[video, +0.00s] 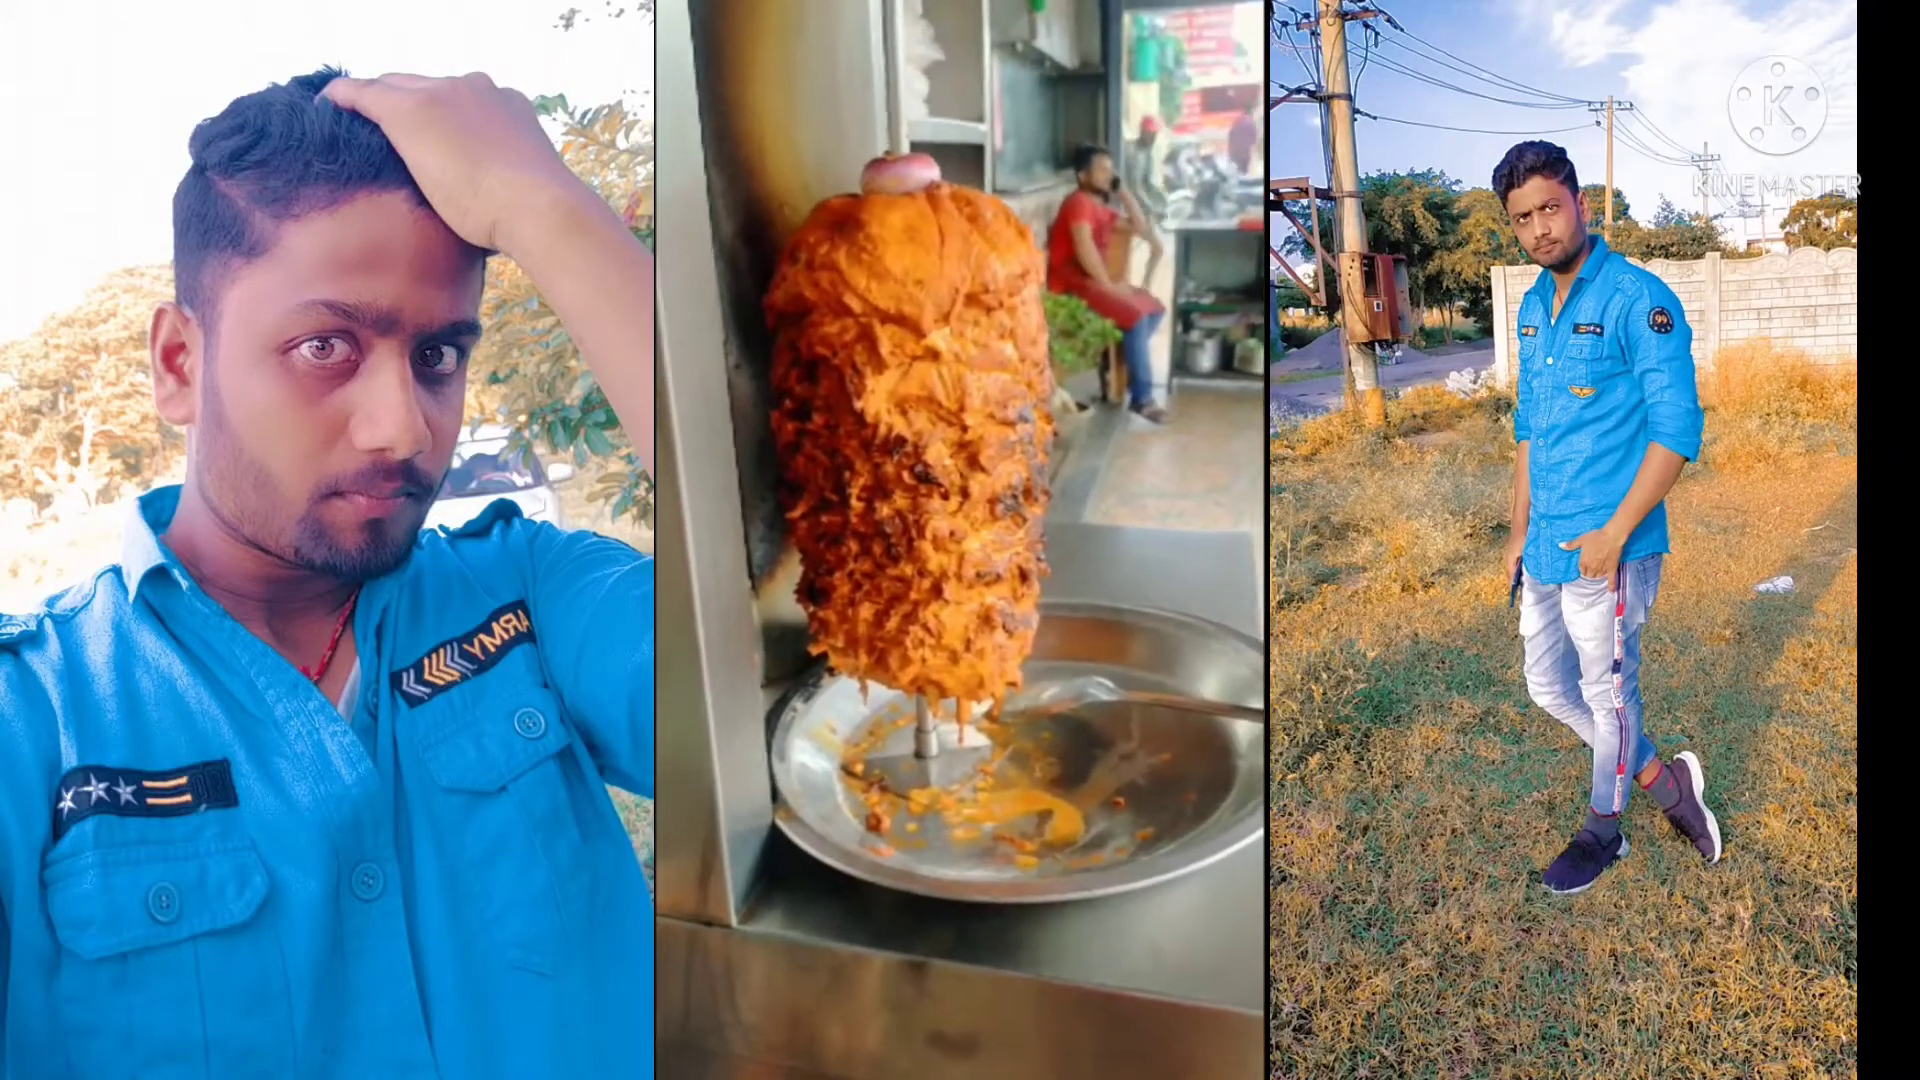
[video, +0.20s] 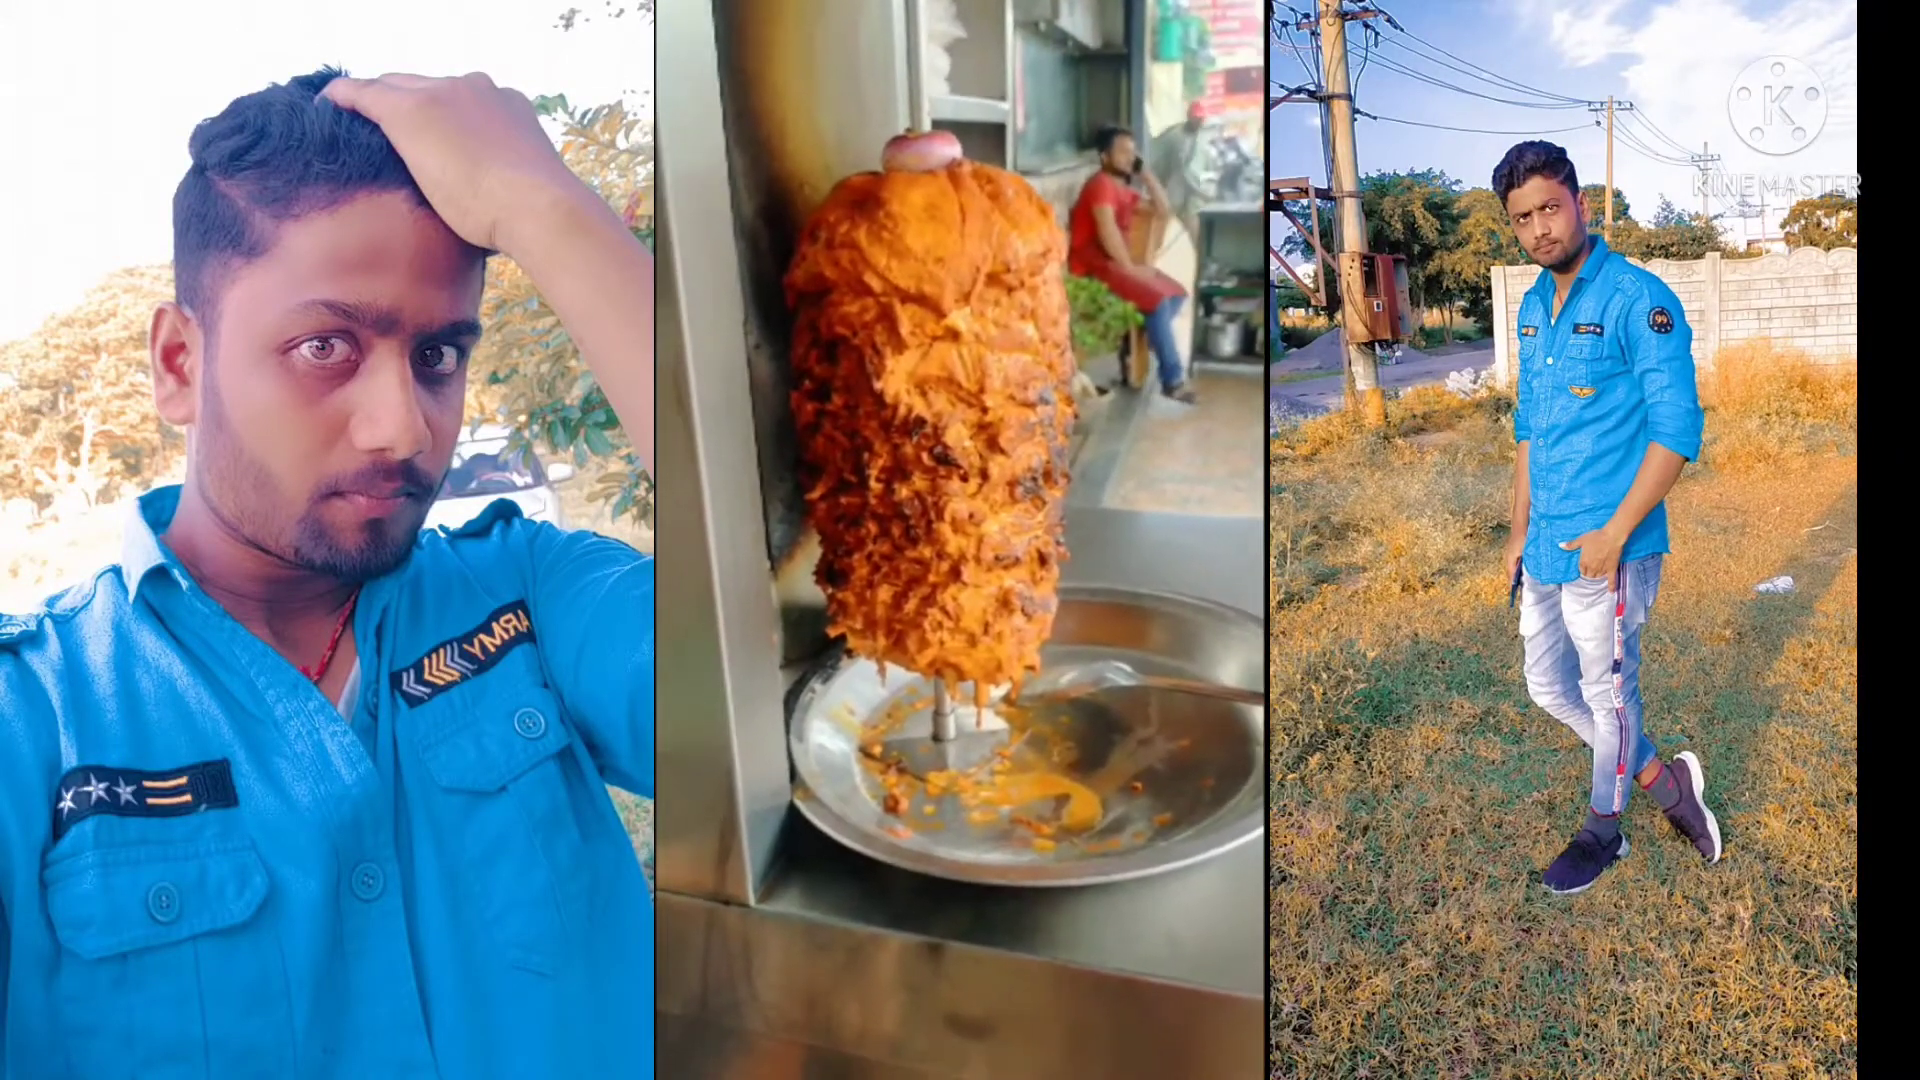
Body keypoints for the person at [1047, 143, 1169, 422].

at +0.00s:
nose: (1109, 175)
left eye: (1110, 169)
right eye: (1102, 169)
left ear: (1109, 174)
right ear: (1083, 175)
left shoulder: (1102, 207)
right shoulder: (1078, 203)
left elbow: (1139, 227)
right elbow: (1083, 248)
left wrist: (1123, 193)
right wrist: (1107, 283)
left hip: (1094, 279)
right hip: (1072, 282)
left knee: (1155, 309)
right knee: (1134, 317)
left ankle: (1111, 361)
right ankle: (1142, 399)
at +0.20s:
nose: (1131, 158)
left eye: (1133, 152)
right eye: (1124, 152)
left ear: (1134, 156)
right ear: (1105, 156)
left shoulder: (1124, 188)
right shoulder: (1100, 185)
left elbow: (1161, 210)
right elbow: (1106, 232)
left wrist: (1146, 176)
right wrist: (1128, 266)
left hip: (1117, 260)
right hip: (1093, 264)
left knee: (1176, 295)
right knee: (1156, 301)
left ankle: (1133, 344)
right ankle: (1173, 380)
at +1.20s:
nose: (1178, 122)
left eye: (1181, 116)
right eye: (1171, 116)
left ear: (1183, 121)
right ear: (1153, 120)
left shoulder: (1172, 154)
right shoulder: (1148, 149)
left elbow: (1209, 178)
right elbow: (1150, 200)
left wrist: (1195, 141)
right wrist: (1175, 237)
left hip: (1163, 228)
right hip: (1139, 230)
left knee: (1220, 262)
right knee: (1198, 269)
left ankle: (1181, 322)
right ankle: (1148, 328)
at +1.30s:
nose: (1185, 84)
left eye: (1188, 79)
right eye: (1178, 78)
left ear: (1190, 83)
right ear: (1160, 82)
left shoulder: (1179, 117)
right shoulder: (1154, 112)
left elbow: (1215, 143)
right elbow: (1155, 162)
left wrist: (1202, 105)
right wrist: (1178, 202)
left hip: (1171, 193)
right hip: (1146, 194)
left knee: (1225, 229)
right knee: (1202, 236)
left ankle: (1183, 288)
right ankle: (1150, 295)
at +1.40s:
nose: (1196, 67)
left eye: (1199, 61)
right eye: (1189, 61)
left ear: (1201, 66)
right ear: (1170, 64)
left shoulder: (1188, 100)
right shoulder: (1164, 95)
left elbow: (1225, 128)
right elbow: (1165, 147)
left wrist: (1213, 88)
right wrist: (1189, 187)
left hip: (1179, 178)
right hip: (1154, 179)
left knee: (1235, 214)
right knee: (1211, 220)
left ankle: (1192, 270)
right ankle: (1158, 278)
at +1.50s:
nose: (1204, 63)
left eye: (1207, 57)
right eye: (1197, 57)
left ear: (1209, 63)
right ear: (1178, 61)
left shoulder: (1195, 97)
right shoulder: (1173, 91)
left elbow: (1234, 123)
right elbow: (1172, 142)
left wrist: (1221, 83)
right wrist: (1196, 184)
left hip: (1180, 174)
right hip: (1157, 174)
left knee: (1241, 210)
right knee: (1217, 217)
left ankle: (1190, 270)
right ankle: (1163, 276)